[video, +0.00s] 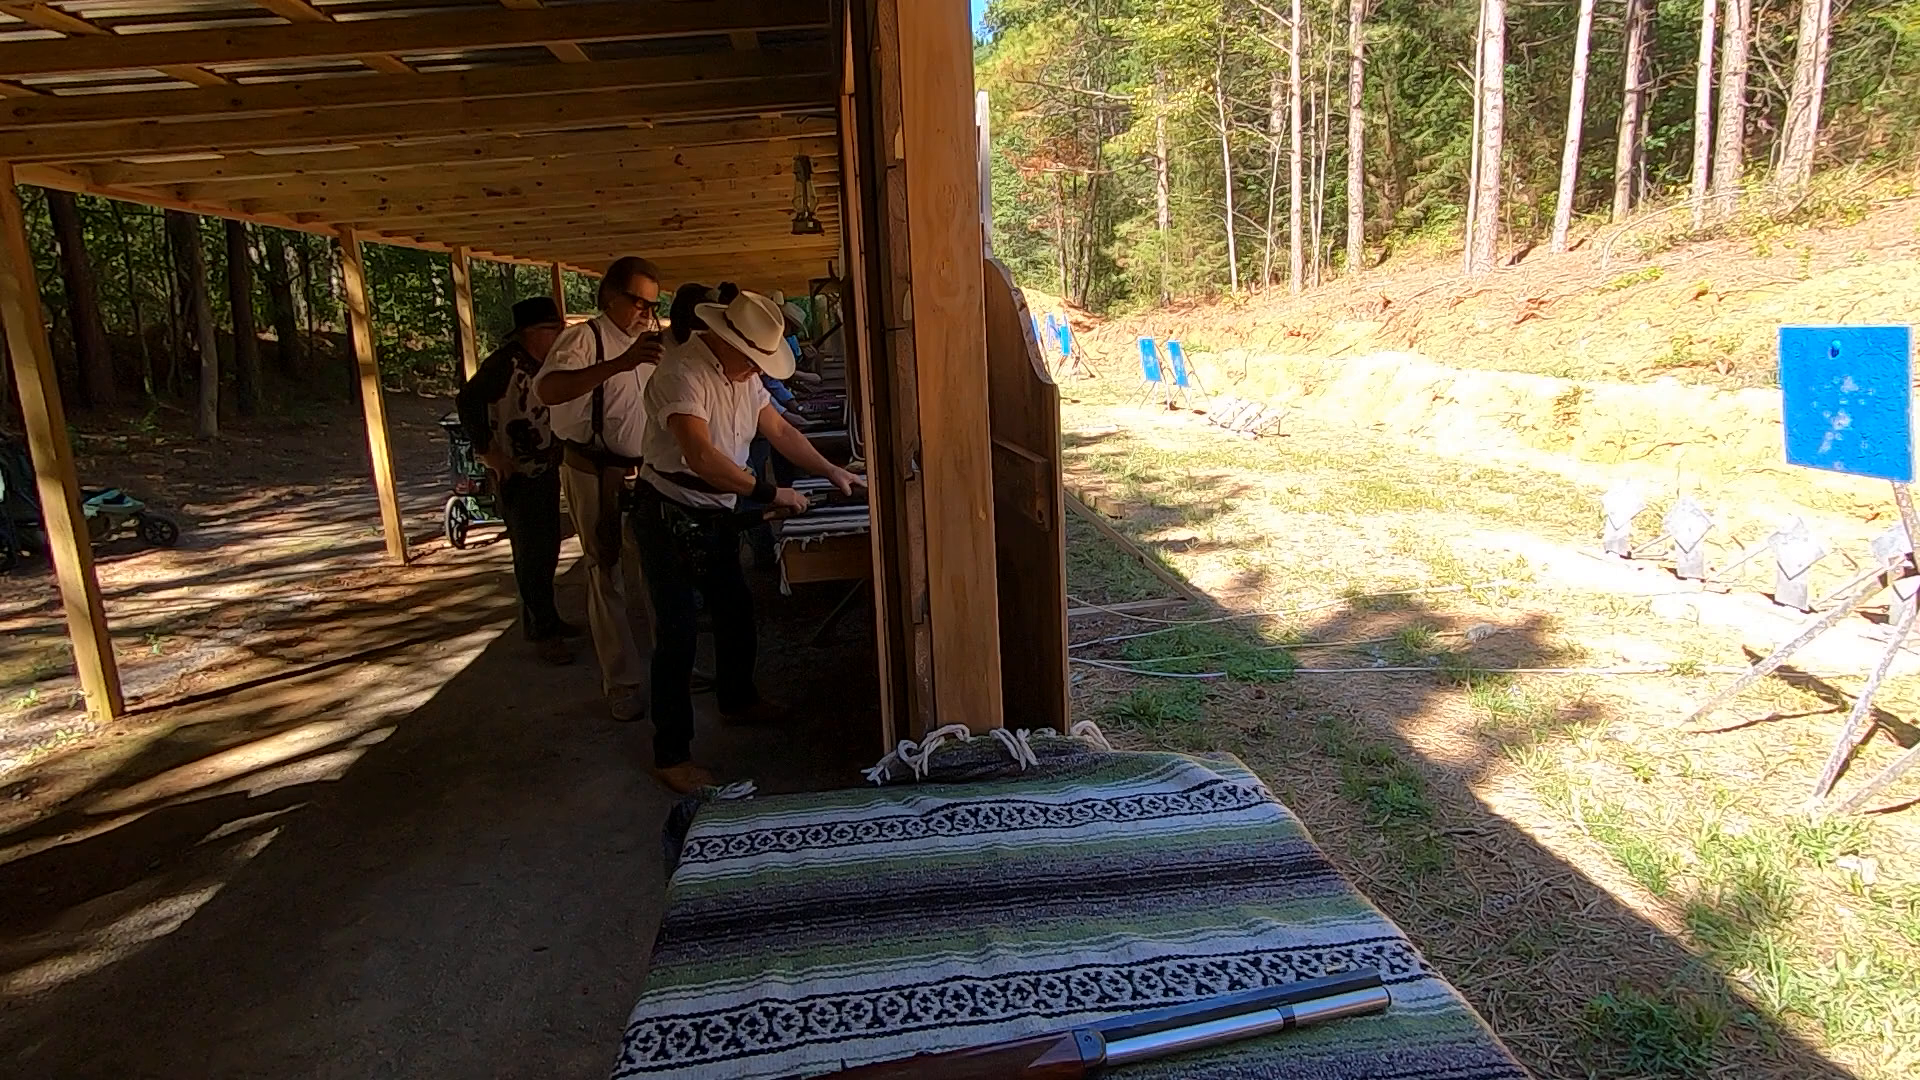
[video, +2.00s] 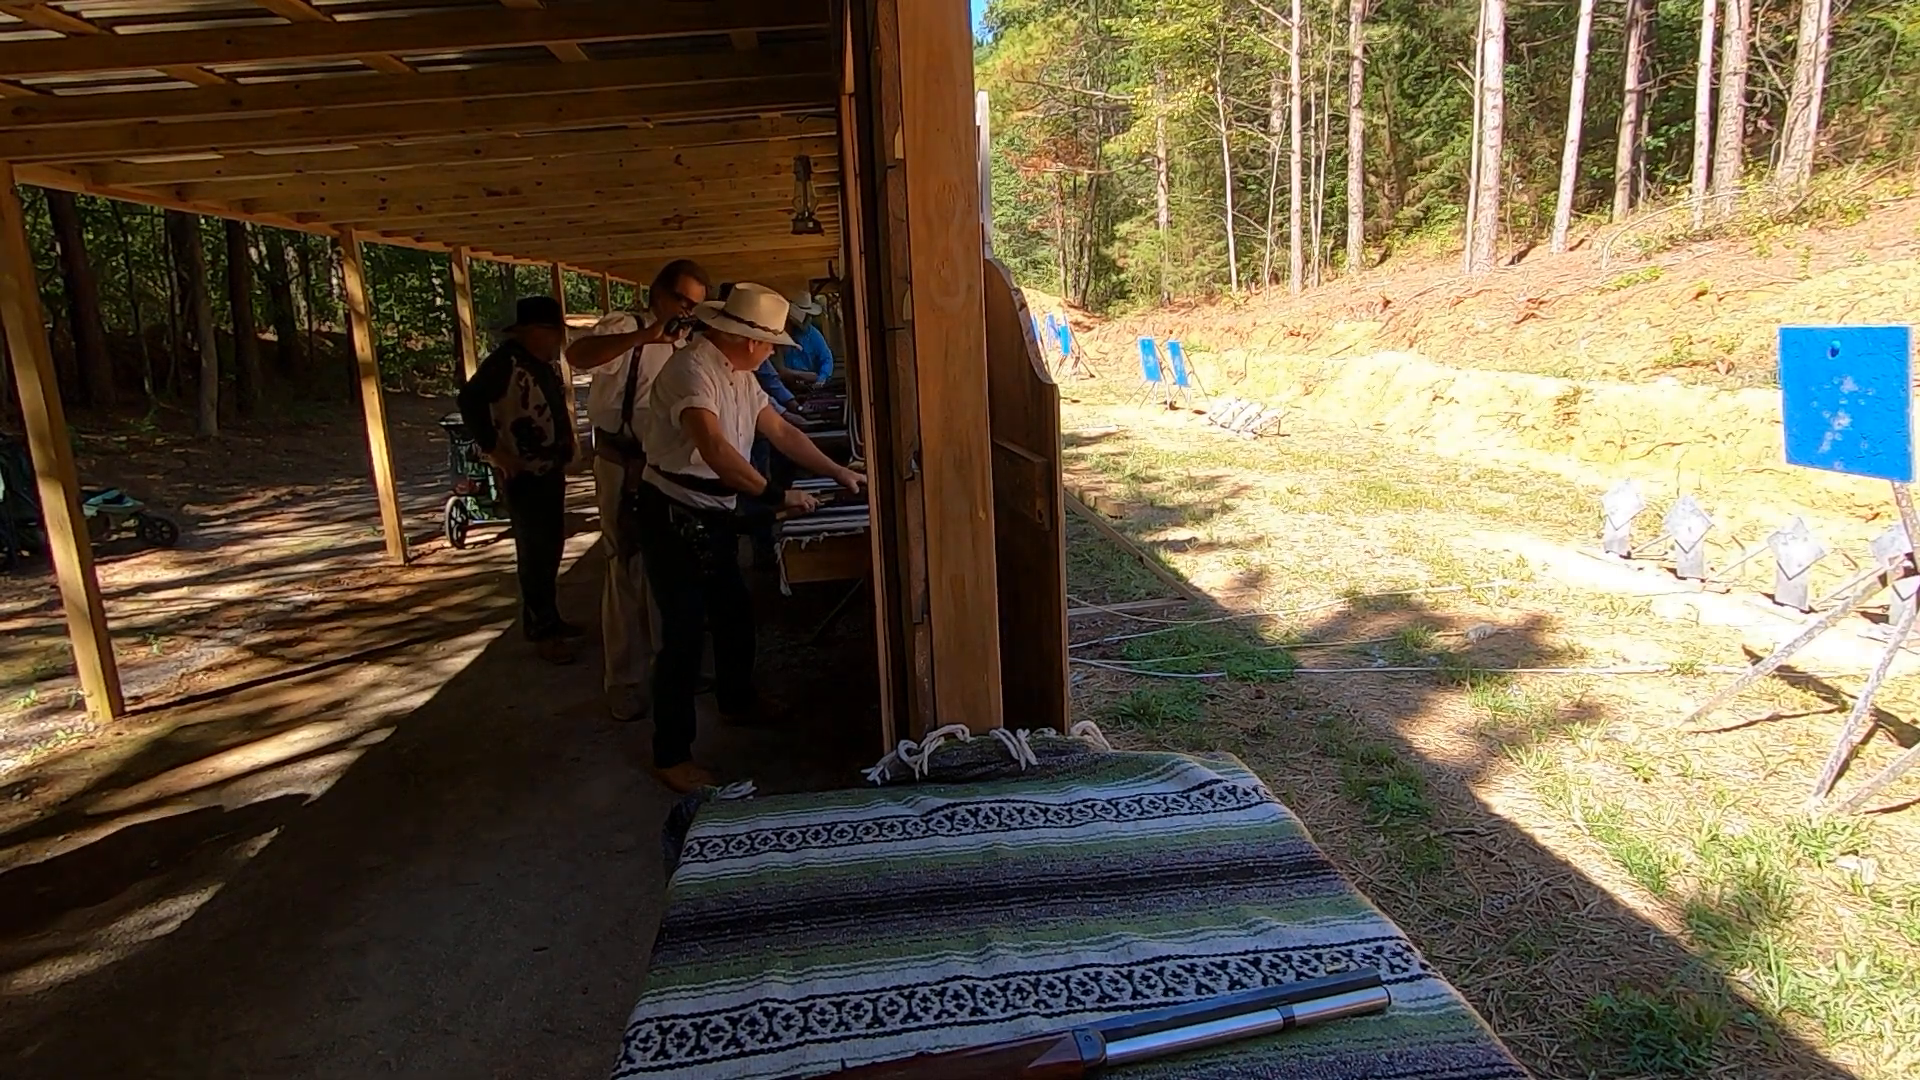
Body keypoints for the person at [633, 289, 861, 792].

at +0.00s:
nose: (755, 368)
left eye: (759, 361)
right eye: (750, 357)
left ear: (757, 353)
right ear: (723, 341)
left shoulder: (747, 375)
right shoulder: (680, 371)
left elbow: (778, 429)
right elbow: (698, 454)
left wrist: (832, 469)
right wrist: (766, 491)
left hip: (719, 513)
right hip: (666, 514)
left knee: (735, 611)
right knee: (678, 632)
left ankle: (740, 702)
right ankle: (672, 757)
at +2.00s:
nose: (771, 354)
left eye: (773, 346)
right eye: (770, 345)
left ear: (744, 340)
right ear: (750, 341)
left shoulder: (742, 375)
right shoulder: (690, 367)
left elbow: (780, 430)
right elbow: (711, 446)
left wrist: (838, 470)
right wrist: (774, 493)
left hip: (716, 514)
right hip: (670, 514)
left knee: (734, 613)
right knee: (685, 632)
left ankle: (739, 704)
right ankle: (671, 756)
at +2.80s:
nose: (758, 373)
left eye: (762, 366)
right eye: (757, 364)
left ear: (744, 346)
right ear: (734, 344)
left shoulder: (731, 370)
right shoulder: (687, 372)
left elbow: (743, 425)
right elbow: (709, 453)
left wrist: (765, 453)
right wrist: (775, 495)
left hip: (721, 512)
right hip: (676, 514)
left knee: (736, 615)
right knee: (685, 634)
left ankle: (740, 706)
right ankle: (671, 756)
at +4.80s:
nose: (753, 373)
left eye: (756, 365)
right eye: (751, 363)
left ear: (724, 349)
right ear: (724, 348)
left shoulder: (718, 377)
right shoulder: (681, 377)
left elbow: (722, 444)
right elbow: (707, 459)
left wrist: (749, 466)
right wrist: (778, 495)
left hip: (716, 516)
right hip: (673, 520)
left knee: (739, 615)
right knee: (689, 636)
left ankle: (739, 708)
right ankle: (672, 757)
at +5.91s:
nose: (757, 374)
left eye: (761, 367)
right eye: (755, 364)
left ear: (727, 349)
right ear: (729, 349)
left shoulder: (720, 378)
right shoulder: (686, 378)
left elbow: (726, 445)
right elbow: (708, 459)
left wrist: (749, 468)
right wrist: (778, 495)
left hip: (717, 516)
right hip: (675, 520)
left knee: (740, 615)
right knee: (689, 637)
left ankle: (739, 708)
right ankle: (672, 757)